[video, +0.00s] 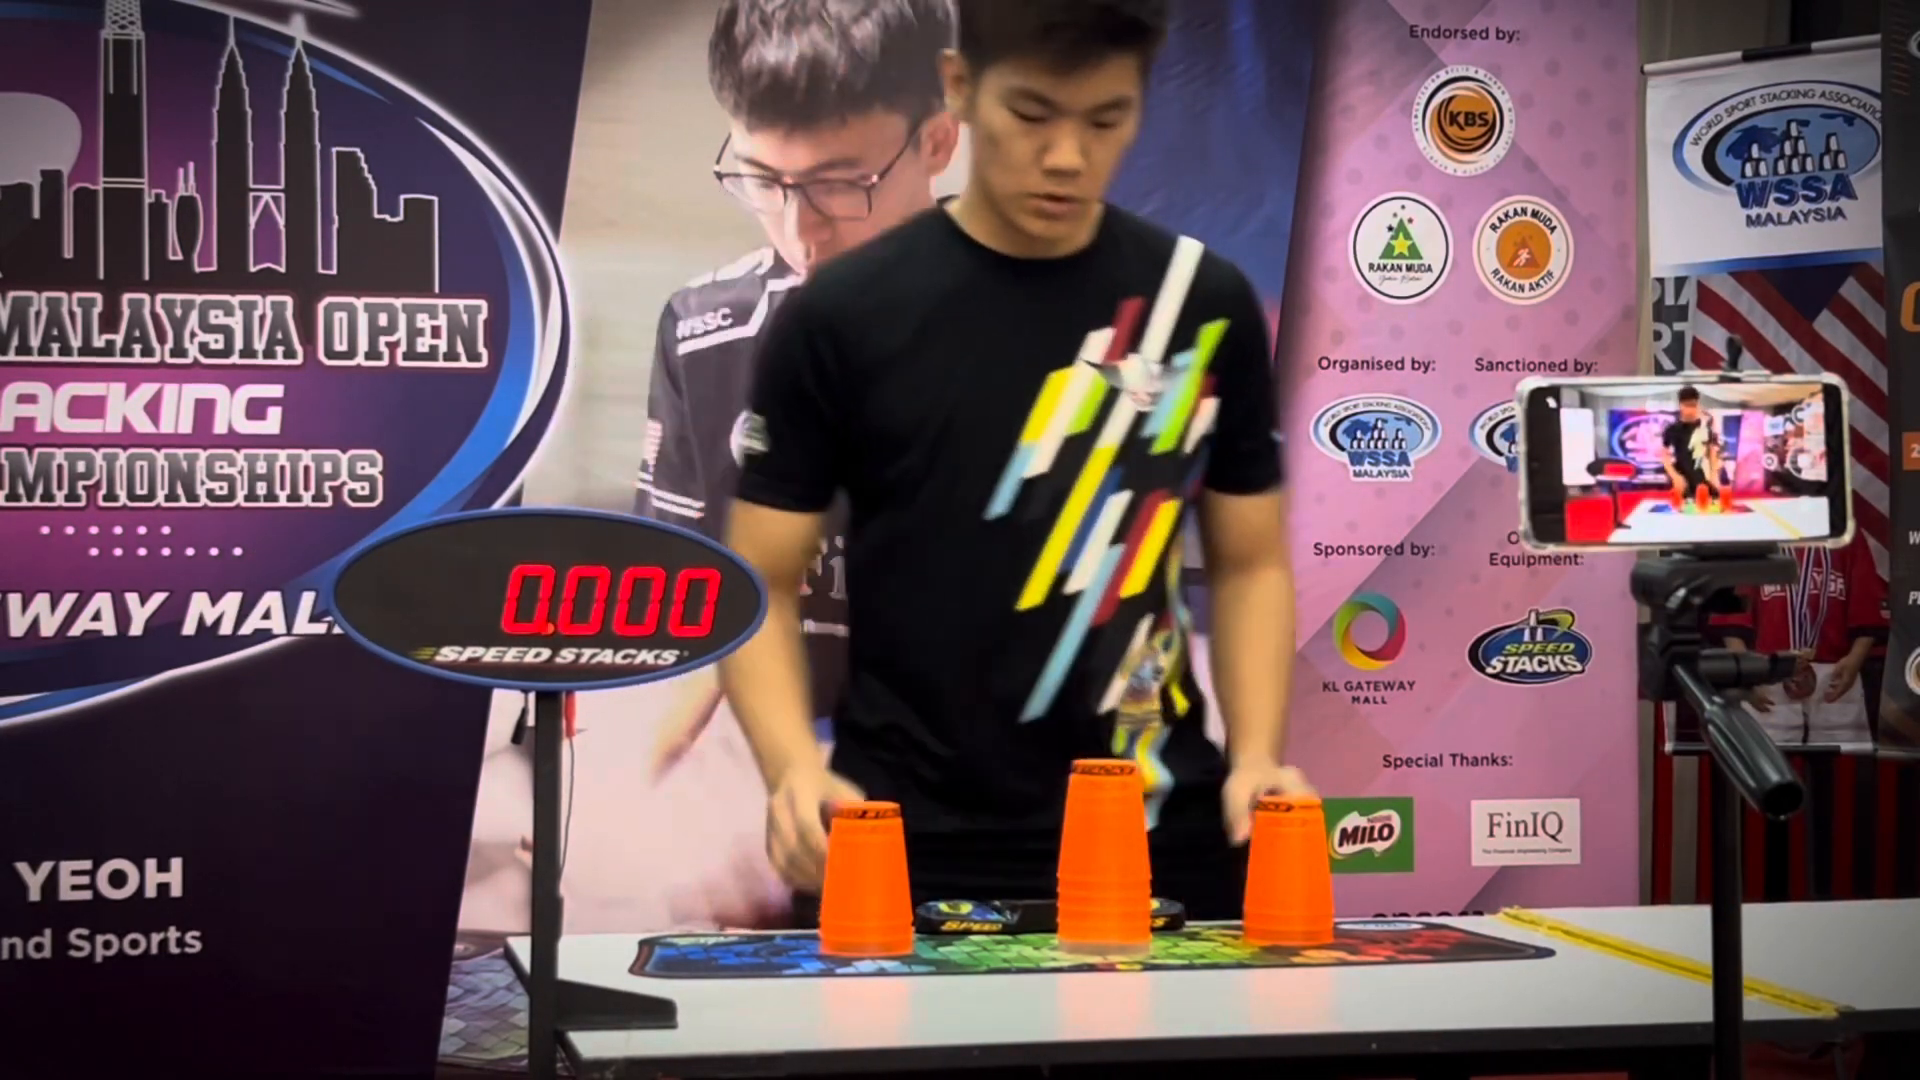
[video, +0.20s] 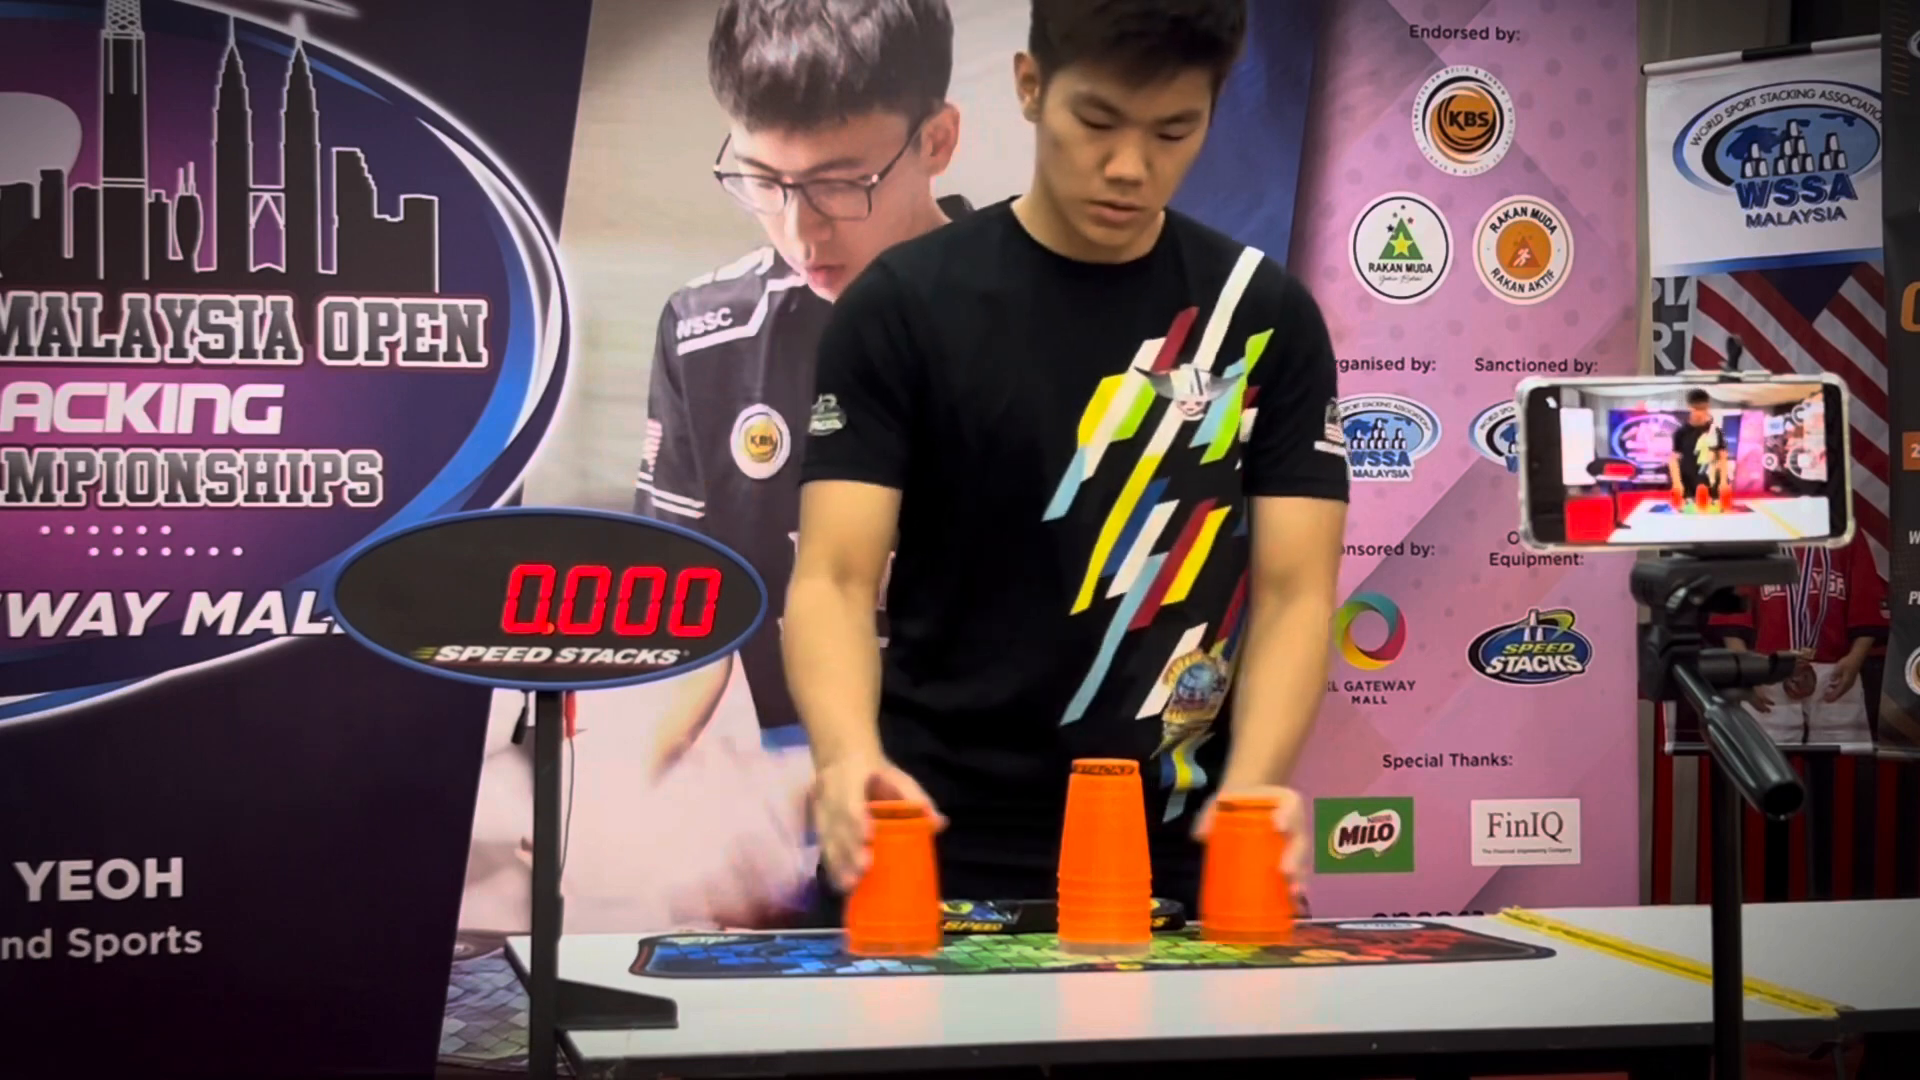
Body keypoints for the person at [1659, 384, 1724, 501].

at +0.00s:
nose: (1691, 411)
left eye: (1694, 406)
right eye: (1687, 406)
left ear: (1698, 406)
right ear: (1680, 406)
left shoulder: (1707, 428)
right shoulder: (1673, 430)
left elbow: (1713, 453)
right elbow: (1666, 457)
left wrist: (1714, 477)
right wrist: (1676, 478)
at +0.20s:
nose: (1701, 413)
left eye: (1704, 409)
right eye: (1697, 409)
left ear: (1708, 408)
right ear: (1690, 408)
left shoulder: (1715, 431)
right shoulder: (1681, 433)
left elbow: (1722, 457)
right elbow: (1674, 459)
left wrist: (1723, 482)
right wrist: (1677, 484)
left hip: (1711, 490)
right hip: (1688, 490)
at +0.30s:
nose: (1706, 415)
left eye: (1710, 410)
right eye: (1703, 410)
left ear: (1714, 410)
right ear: (1697, 410)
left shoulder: (1722, 434)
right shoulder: (1688, 435)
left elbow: (1727, 459)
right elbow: (1683, 460)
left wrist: (1727, 481)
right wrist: (1678, 484)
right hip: (1692, 489)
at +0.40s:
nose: (1710, 416)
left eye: (1713, 411)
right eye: (1706, 411)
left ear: (1717, 411)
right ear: (1700, 410)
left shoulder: (1724, 433)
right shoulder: (1691, 434)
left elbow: (1729, 459)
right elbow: (1685, 459)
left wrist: (1725, 484)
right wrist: (1678, 484)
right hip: (1693, 490)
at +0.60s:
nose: (1709, 418)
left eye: (1712, 413)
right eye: (1705, 412)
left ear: (1716, 413)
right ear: (1698, 411)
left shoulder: (1720, 436)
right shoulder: (1687, 435)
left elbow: (1723, 464)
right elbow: (1679, 462)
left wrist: (1714, 485)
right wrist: (1684, 485)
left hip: (1714, 492)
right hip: (1692, 492)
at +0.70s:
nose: (1707, 418)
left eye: (1711, 414)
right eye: (1704, 413)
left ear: (1716, 413)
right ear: (1698, 411)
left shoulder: (1719, 437)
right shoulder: (1686, 435)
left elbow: (1722, 463)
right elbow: (1677, 460)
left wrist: (1718, 487)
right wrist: (1677, 484)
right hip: (1688, 494)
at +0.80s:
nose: (1707, 418)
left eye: (1711, 414)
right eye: (1704, 413)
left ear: (1715, 413)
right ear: (1697, 411)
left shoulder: (1719, 436)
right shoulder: (1686, 435)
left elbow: (1722, 462)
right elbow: (1676, 460)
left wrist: (1720, 487)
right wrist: (1678, 480)